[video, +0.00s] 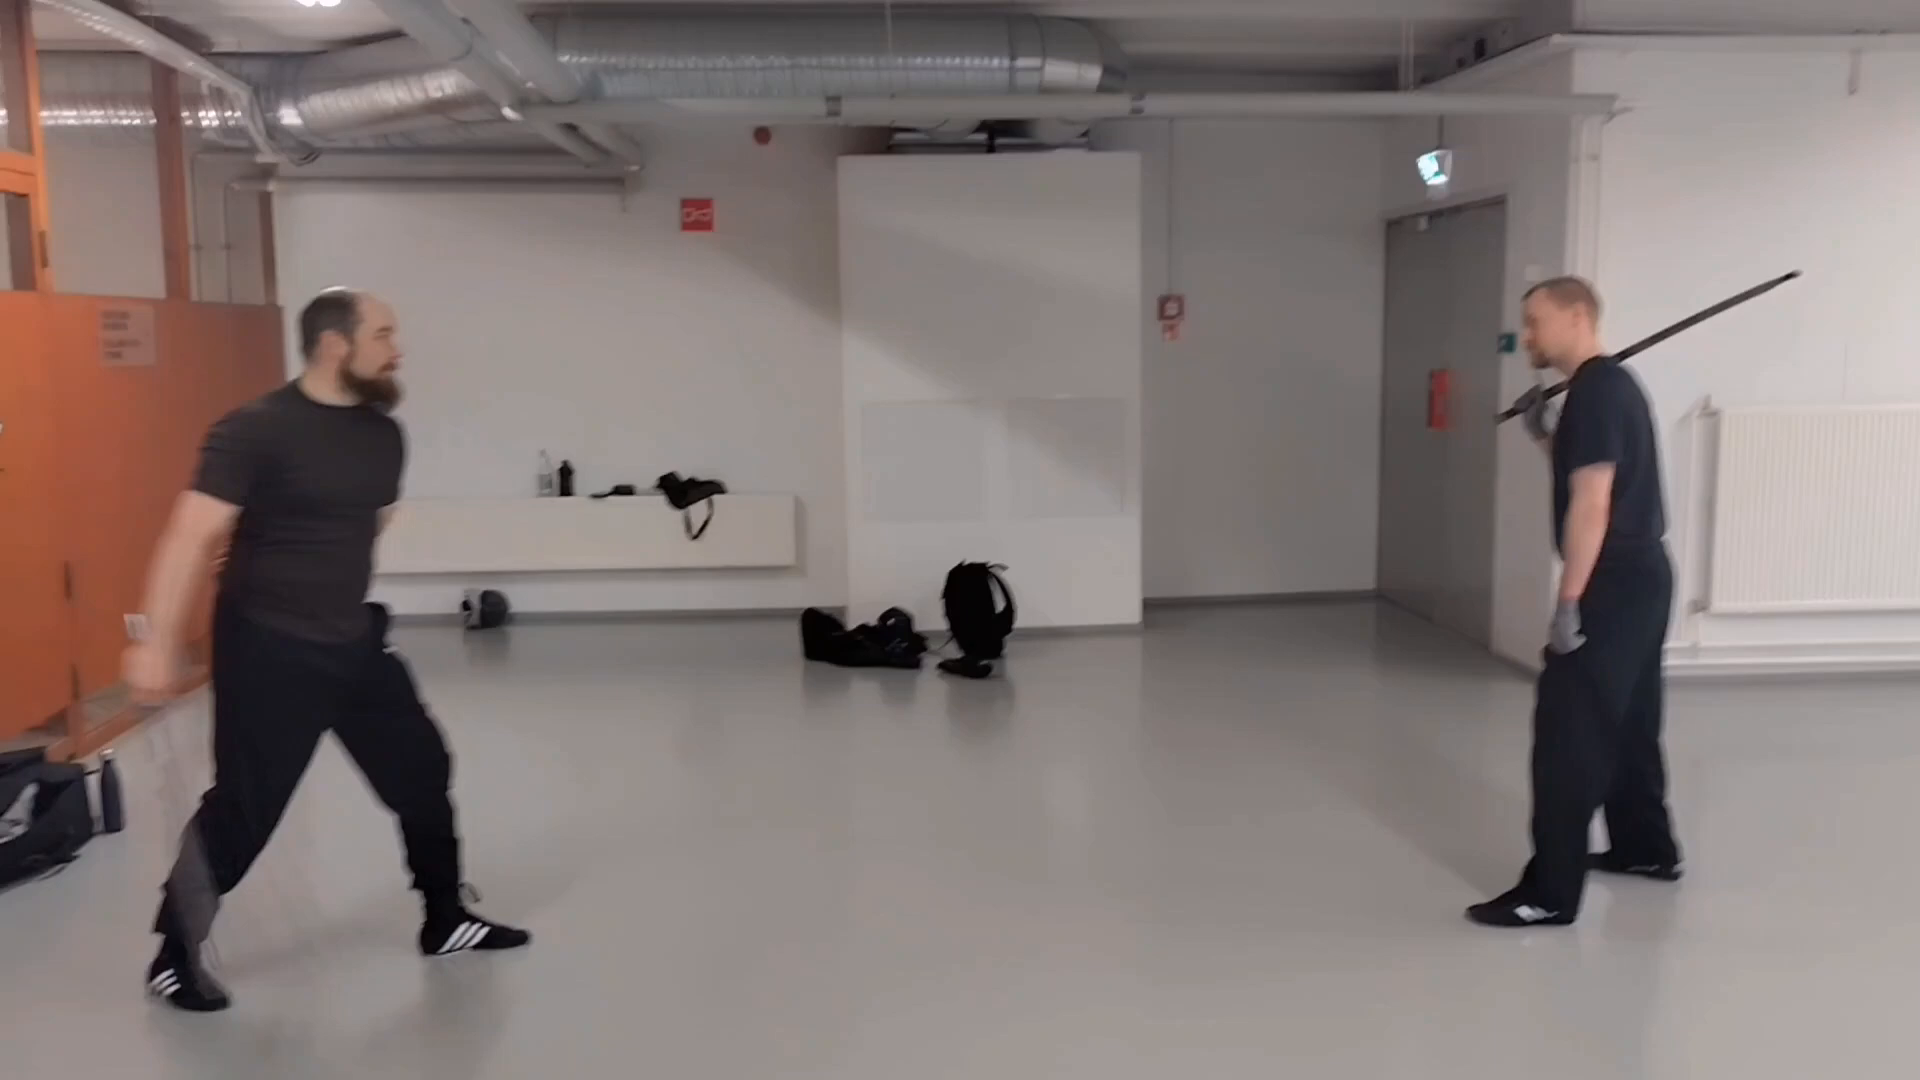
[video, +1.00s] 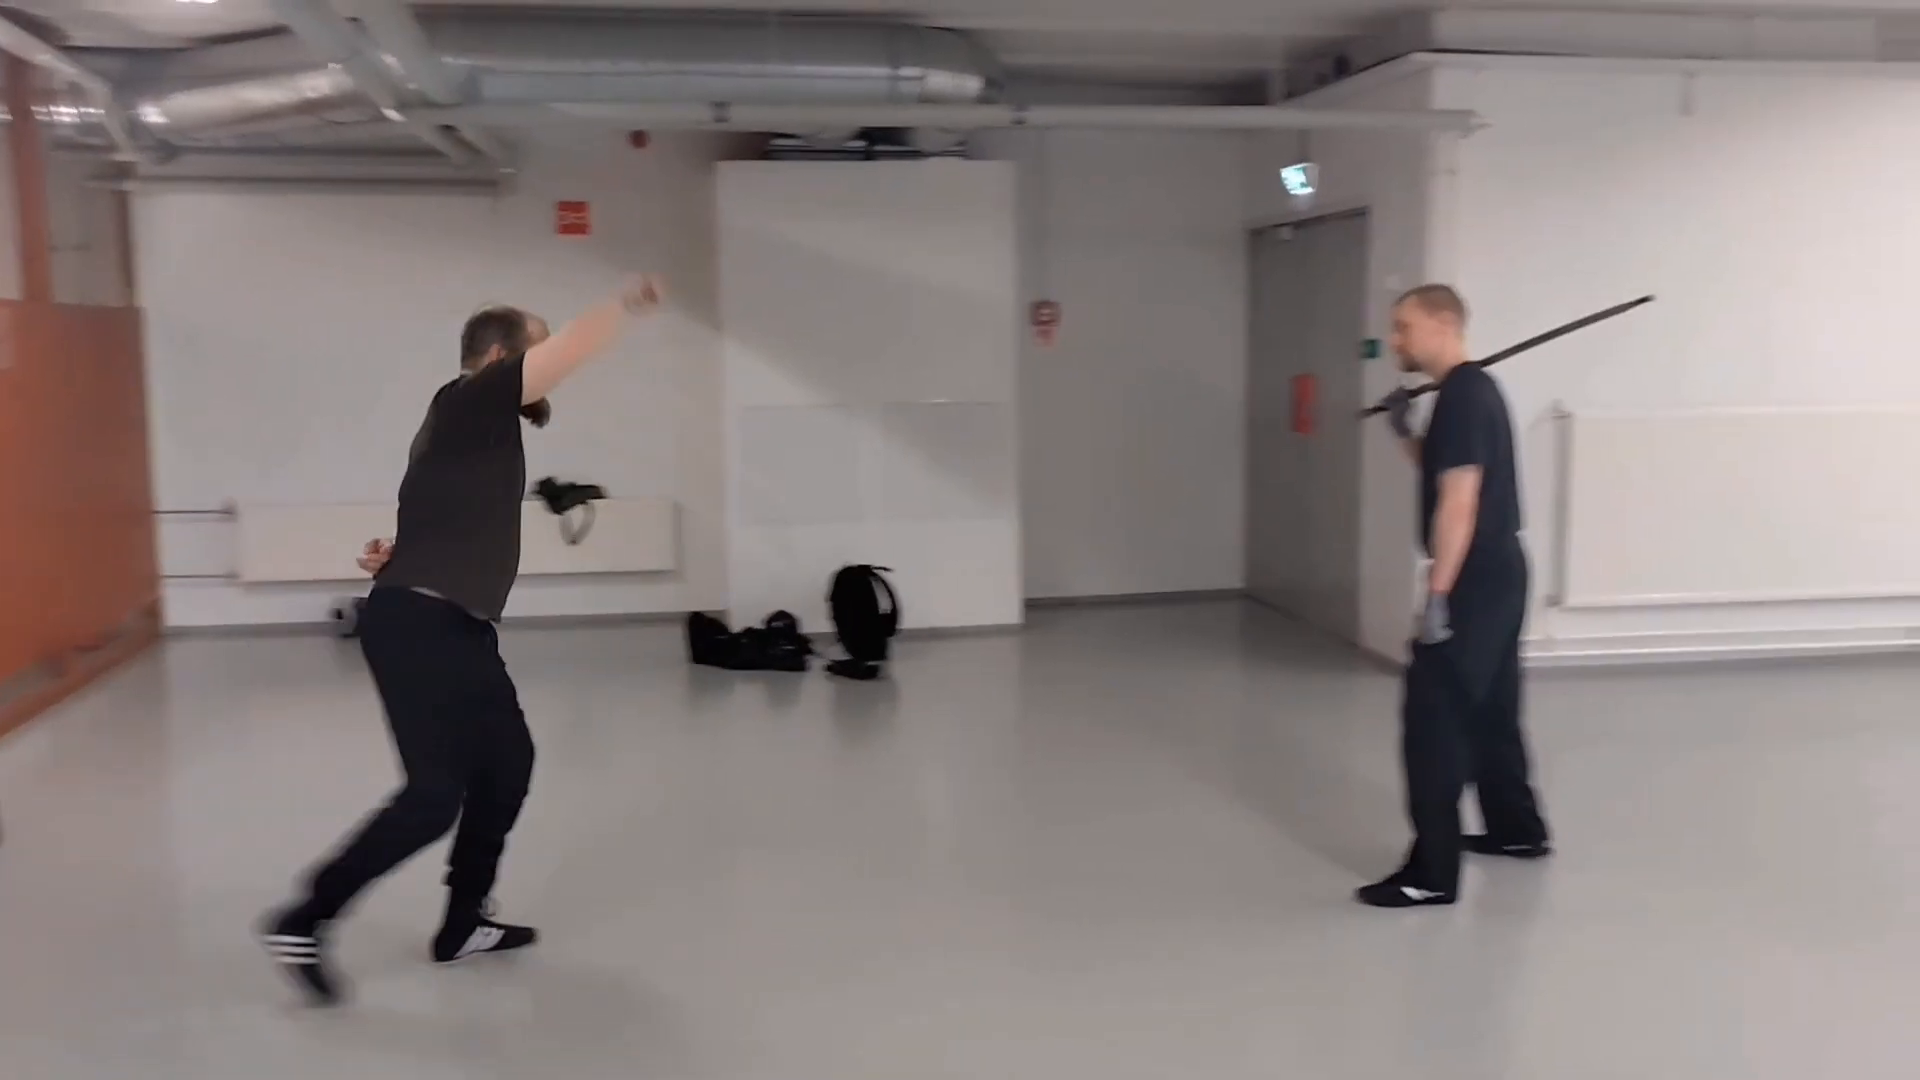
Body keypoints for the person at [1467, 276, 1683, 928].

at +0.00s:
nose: (1526, 338)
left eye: (1534, 323)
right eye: (1526, 325)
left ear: (1577, 319)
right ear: (1580, 322)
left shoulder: (1594, 390)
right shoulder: (1612, 384)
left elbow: (1593, 501)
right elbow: (1587, 481)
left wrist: (1566, 603)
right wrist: (1543, 431)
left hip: (1610, 582)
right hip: (1637, 574)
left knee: (1566, 727)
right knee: (1628, 719)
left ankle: (1551, 891)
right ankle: (1645, 847)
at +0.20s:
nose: (1530, 339)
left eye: (1538, 324)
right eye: (1530, 327)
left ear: (1582, 321)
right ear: (1585, 324)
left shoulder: (1599, 392)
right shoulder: (1620, 386)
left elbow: (1597, 501)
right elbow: (1591, 484)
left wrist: (1570, 601)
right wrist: (1546, 433)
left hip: (1613, 587)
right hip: (1644, 580)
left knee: (1569, 729)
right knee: (1634, 721)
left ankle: (1555, 893)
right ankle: (1649, 848)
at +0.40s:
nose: (1536, 341)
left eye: (1544, 327)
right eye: (1536, 330)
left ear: (1585, 325)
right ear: (1591, 327)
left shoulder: (1605, 395)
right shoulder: (1626, 390)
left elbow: (1603, 504)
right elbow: (1596, 488)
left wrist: (1575, 605)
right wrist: (1551, 436)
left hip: (1617, 589)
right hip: (1648, 583)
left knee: (1572, 732)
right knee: (1638, 723)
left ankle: (1558, 896)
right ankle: (1654, 852)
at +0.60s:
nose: (1505, 345)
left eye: (1513, 331)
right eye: (1505, 333)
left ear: (1554, 329)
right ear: (1559, 330)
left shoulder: (1574, 400)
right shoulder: (1590, 394)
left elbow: (1573, 507)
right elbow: (1565, 487)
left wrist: (1545, 607)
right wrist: (1520, 439)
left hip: (1584, 594)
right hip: (1611, 587)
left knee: (1541, 734)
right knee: (1603, 724)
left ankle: (1527, 893)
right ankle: (1619, 849)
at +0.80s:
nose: (1446, 345)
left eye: (1454, 331)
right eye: (1446, 333)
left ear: (1494, 329)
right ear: (1498, 332)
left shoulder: (1515, 398)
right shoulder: (1526, 392)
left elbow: (1515, 502)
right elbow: (1503, 486)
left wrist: (1489, 602)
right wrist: (1461, 439)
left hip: (1525, 583)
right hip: (1548, 574)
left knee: (1483, 723)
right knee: (1543, 713)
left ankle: (1475, 882)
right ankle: (1564, 840)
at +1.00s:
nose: (1394, 342)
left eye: (1402, 328)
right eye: (1394, 330)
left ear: (1442, 325)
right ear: (1442, 329)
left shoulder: (1462, 393)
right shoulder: (1473, 388)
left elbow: (1460, 500)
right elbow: (1446, 476)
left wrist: (1436, 595)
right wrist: (1408, 432)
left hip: (1473, 574)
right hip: (1493, 568)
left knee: (1430, 712)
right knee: (1487, 703)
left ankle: (1433, 871)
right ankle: (1517, 828)